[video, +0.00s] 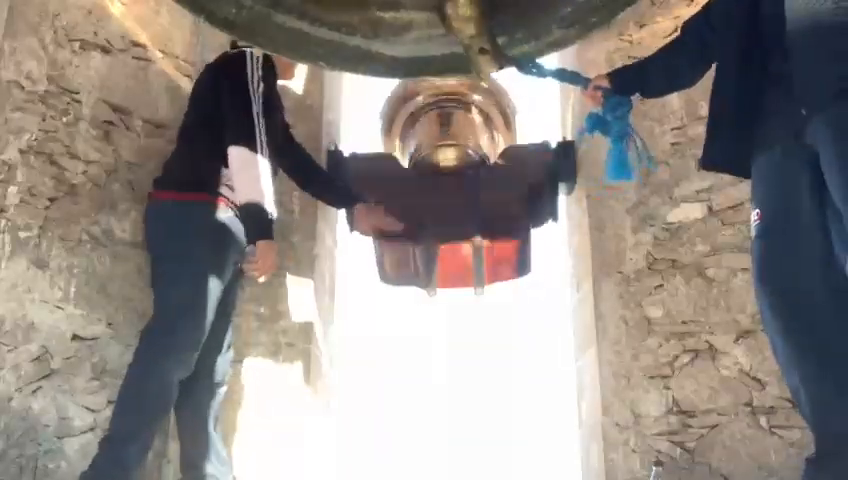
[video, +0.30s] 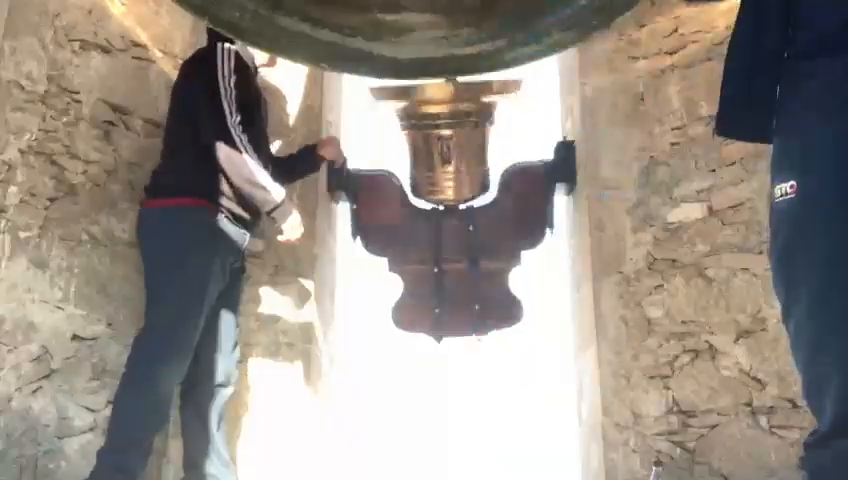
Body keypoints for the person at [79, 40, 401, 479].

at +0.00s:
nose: (306, 59)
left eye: (308, 50)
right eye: (302, 47)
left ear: (280, 46)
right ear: (277, 39)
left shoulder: (264, 84)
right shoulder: (244, 63)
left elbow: (290, 155)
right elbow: (242, 147)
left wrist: (352, 206)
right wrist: (262, 231)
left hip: (230, 222)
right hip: (196, 212)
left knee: (210, 369)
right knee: (175, 346)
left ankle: (209, 472)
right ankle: (111, 470)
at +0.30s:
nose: (282, 52)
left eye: (286, 44)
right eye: (277, 40)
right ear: (244, 29)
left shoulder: (248, 86)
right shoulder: (220, 57)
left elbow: (263, 173)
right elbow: (227, 140)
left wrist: (313, 156)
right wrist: (279, 205)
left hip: (227, 234)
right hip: (190, 220)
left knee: (215, 377)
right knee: (164, 358)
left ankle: (212, 472)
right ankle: (119, 470)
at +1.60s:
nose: (318, 84)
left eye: (320, 74)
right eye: (316, 71)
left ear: (290, 65)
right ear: (297, 63)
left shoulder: (274, 99)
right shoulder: (267, 81)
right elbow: (292, 154)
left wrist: (279, 234)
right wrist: (361, 199)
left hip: (239, 240)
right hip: (216, 228)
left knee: (223, 378)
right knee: (184, 357)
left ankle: (217, 471)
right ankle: (119, 471)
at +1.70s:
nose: (313, 89)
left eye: (313, 83)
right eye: (311, 79)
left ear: (283, 63)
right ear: (292, 65)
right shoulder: (268, 81)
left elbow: (244, 174)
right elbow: (313, 147)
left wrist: (287, 208)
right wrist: (374, 214)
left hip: (239, 241)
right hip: (212, 227)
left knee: (220, 379)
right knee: (175, 358)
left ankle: (215, 472)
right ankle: (117, 471)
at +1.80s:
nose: (312, 84)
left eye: (313, 80)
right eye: (311, 74)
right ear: (298, 64)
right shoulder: (269, 78)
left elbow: (258, 199)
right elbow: (319, 146)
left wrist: (306, 191)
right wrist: (375, 219)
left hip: (241, 243)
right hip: (210, 226)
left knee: (217, 379)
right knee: (177, 355)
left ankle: (215, 472)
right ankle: (116, 470)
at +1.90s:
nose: (308, 76)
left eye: (309, 69)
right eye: (306, 66)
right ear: (290, 59)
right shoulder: (262, 75)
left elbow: (271, 192)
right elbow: (309, 148)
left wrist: (320, 164)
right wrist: (366, 219)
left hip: (243, 239)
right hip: (214, 225)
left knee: (218, 379)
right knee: (181, 358)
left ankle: (215, 472)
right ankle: (117, 470)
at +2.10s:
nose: (306, 54)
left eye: (307, 45)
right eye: (302, 42)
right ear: (281, 39)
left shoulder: (278, 88)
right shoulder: (257, 68)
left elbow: (307, 162)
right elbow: (285, 148)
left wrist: (330, 106)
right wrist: (330, 215)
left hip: (248, 235)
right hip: (217, 222)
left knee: (222, 377)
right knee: (188, 355)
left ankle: (215, 473)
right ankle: (117, 471)